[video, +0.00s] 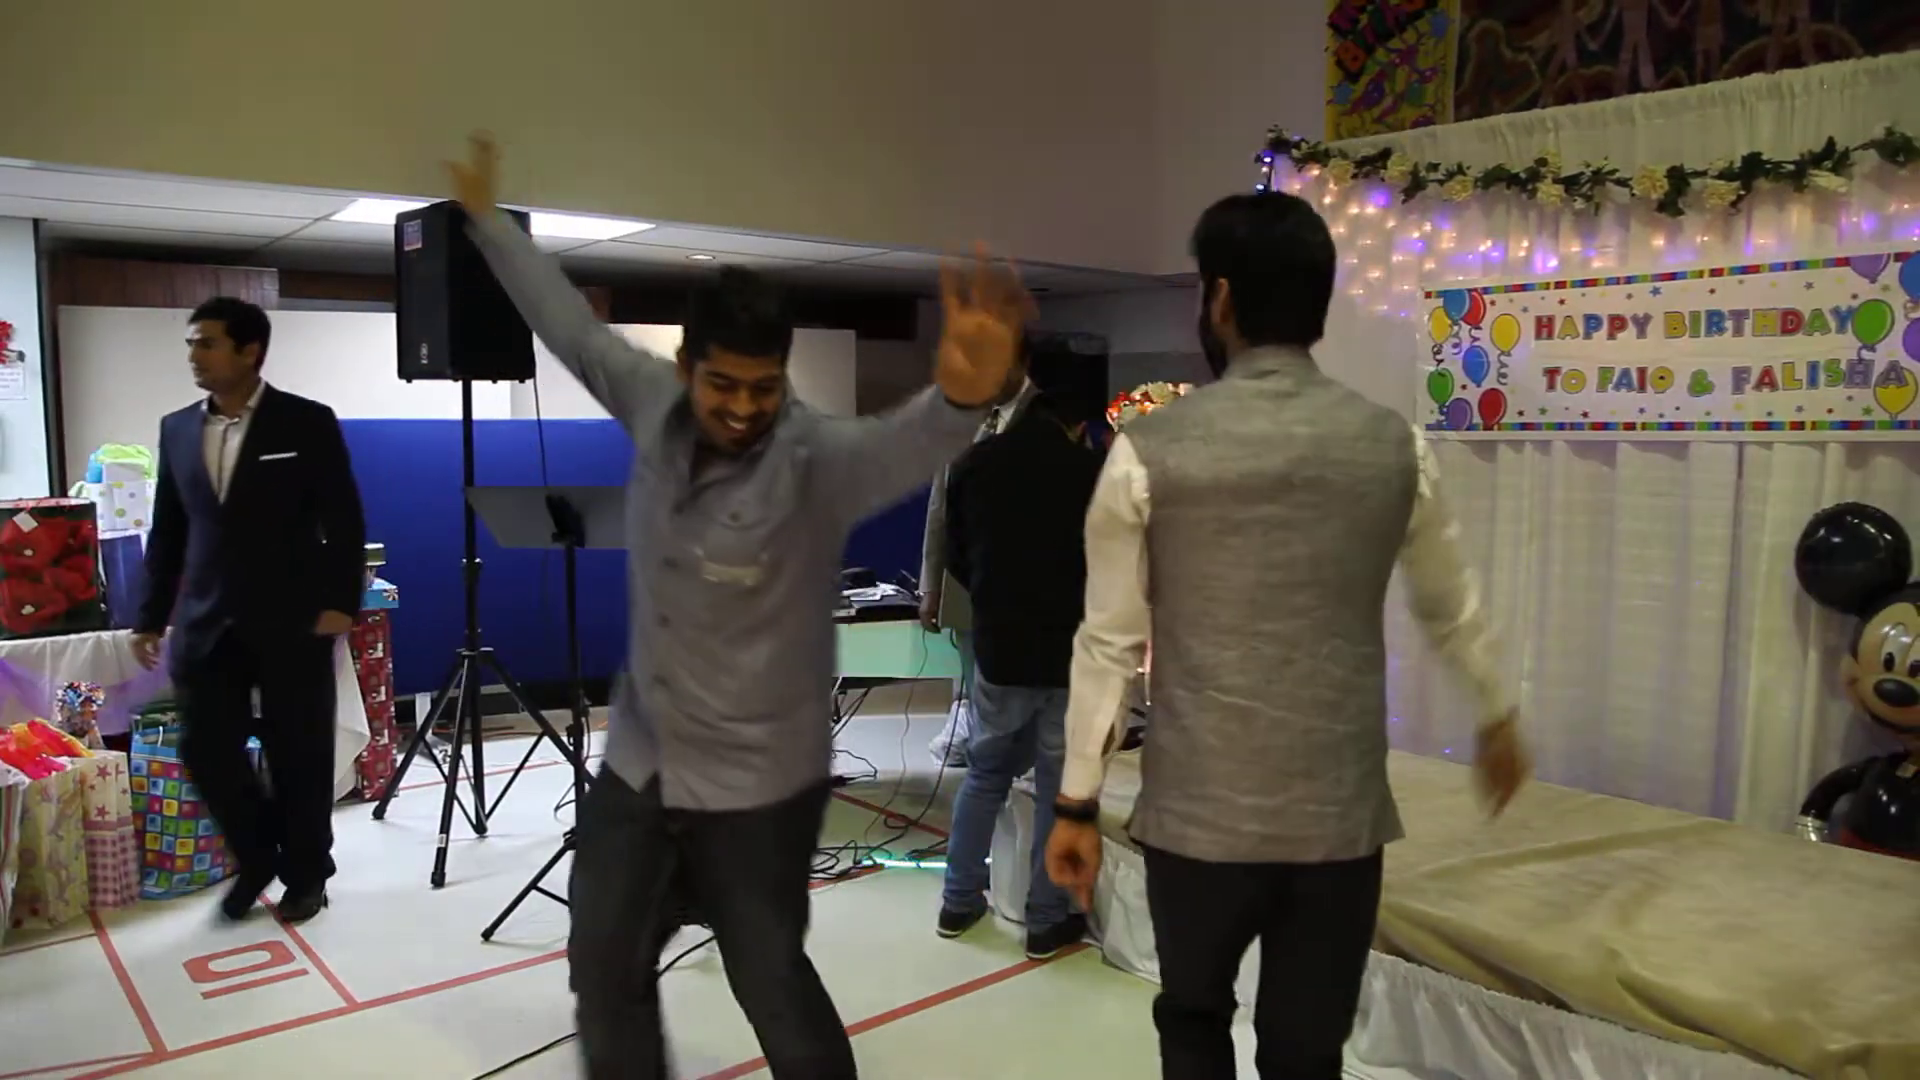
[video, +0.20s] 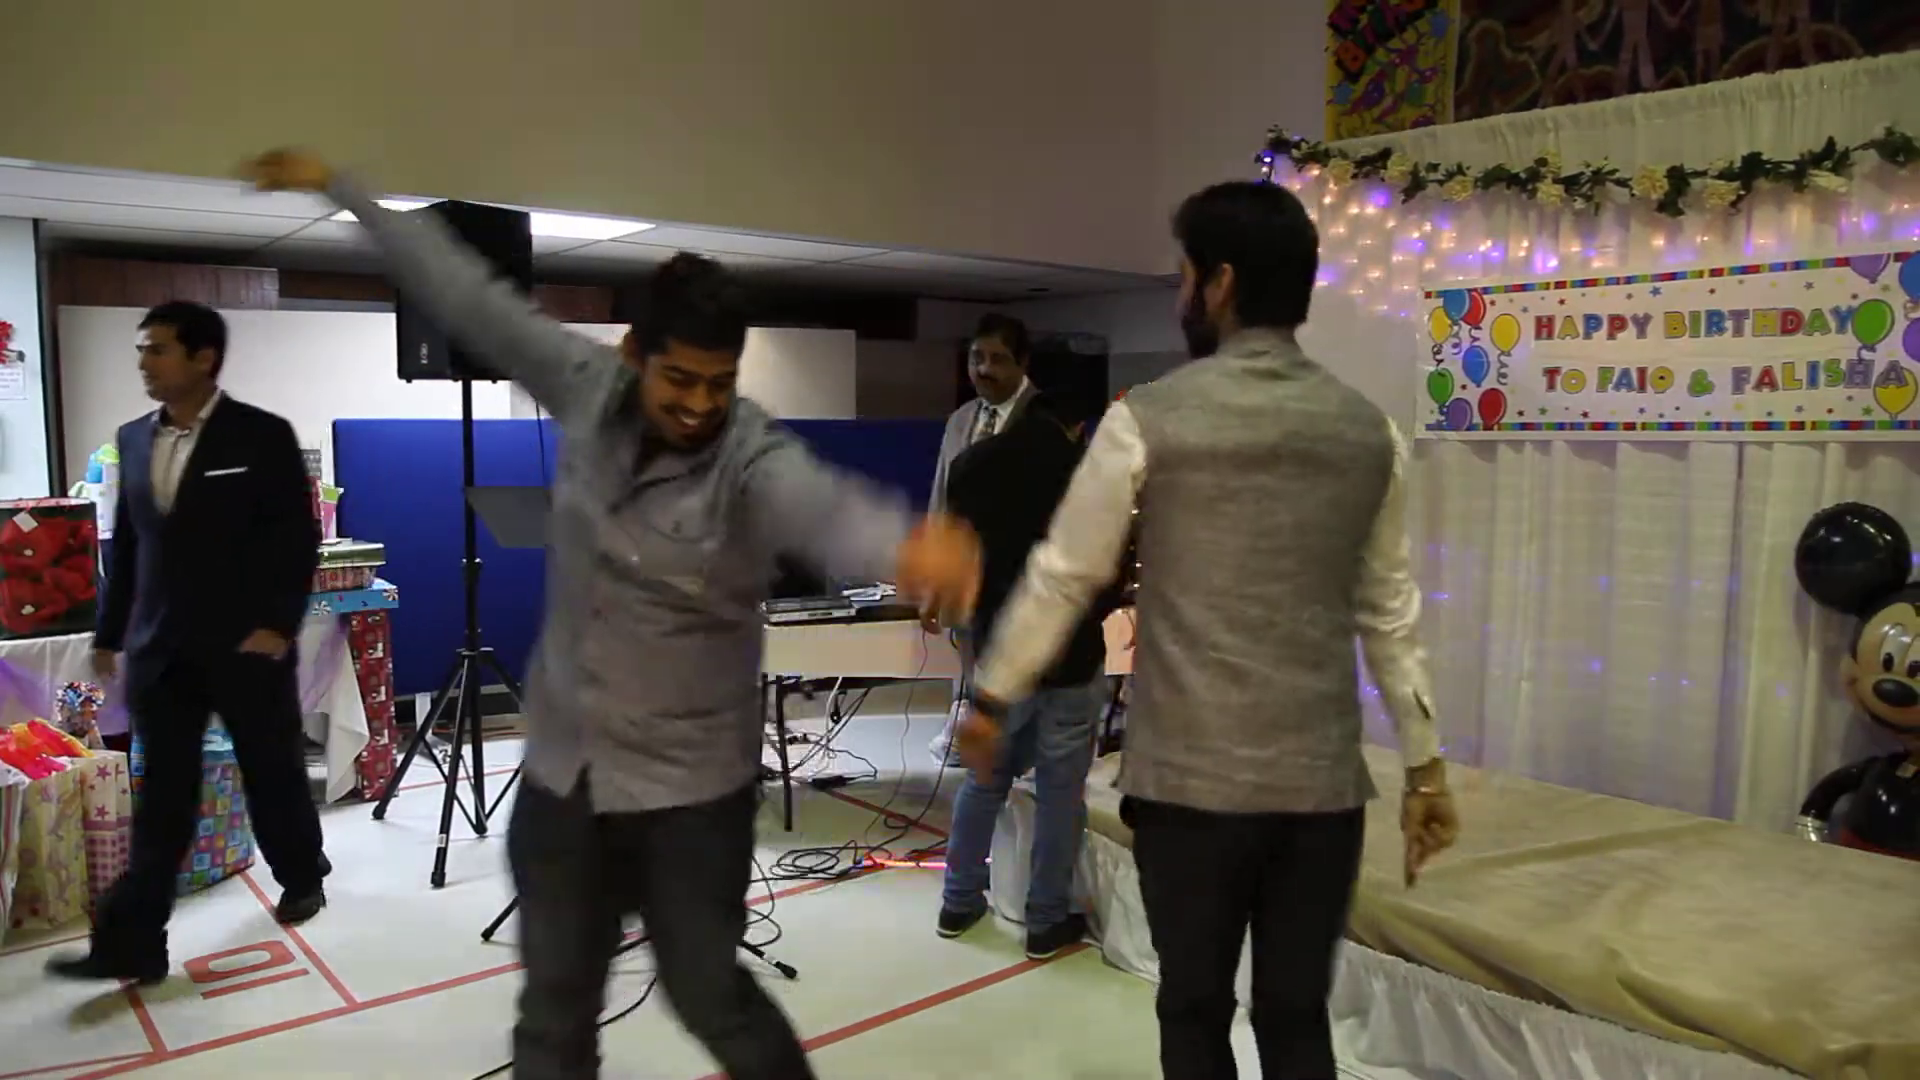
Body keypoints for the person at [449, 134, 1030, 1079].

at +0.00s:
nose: (741, 408)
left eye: (761, 391)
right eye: (722, 388)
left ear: (786, 379)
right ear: (688, 368)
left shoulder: (823, 456)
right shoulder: (654, 406)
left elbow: (909, 445)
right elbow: (567, 324)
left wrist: (965, 397)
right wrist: (485, 216)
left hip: (761, 777)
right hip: (642, 760)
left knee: (770, 980)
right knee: (602, 969)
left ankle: (825, 1078)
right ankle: (632, 1075)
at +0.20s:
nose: (698, 404)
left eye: (717, 385)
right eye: (678, 382)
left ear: (738, 373)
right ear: (635, 357)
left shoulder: (755, 460)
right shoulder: (587, 388)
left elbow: (835, 515)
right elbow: (469, 298)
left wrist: (911, 549)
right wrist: (338, 186)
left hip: (696, 785)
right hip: (568, 775)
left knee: (704, 991)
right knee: (553, 1015)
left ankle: (789, 1076)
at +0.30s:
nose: (681, 412)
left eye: (701, 393)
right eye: (661, 387)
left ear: (718, 385)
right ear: (612, 364)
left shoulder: (733, 483)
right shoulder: (545, 408)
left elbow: (798, 594)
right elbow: (396, 336)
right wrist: (241, 229)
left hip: (666, 780)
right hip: (527, 776)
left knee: (674, 1006)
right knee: (528, 1037)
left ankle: (748, 1074)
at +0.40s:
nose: (669, 410)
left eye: (689, 389)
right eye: (651, 384)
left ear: (706, 380)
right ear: (600, 361)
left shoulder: (719, 487)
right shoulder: (516, 417)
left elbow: (773, 661)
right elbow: (348, 411)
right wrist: (205, 313)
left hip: (654, 772)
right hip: (514, 773)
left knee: (667, 1003)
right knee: (522, 1032)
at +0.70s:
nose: (626, 414)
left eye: (638, 393)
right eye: (605, 393)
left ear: (649, 386)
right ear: (537, 381)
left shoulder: (683, 493)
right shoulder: (450, 457)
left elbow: (780, 609)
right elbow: (271, 435)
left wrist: (837, 690)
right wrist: (197, 283)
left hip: (646, 813)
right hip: (492, 825)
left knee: (702, 1045)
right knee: (509, 1063)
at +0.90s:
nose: (596, 351)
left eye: (603, 329)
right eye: (572, 330)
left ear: (607, 332)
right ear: (496, 334)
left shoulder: (644, 420)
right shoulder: (415, 415)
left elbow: (786, 499)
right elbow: (227, 357)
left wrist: (934, 583)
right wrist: (69, 231)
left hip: (642, 778)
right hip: (492, 797)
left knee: (696, 998)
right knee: (533, 1053)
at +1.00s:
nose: (585, 341)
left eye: (594, 319)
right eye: (559, 320)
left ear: (603, 324)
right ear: (485, 332)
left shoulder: (645, 415)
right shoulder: (410, 421)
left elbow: (794, 483)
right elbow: (229, 393)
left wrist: (939, 557)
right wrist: (59, 309)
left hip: (630, 775)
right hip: (484, 796)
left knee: (679, 977)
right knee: (539, 1048)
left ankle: (605, 1073)